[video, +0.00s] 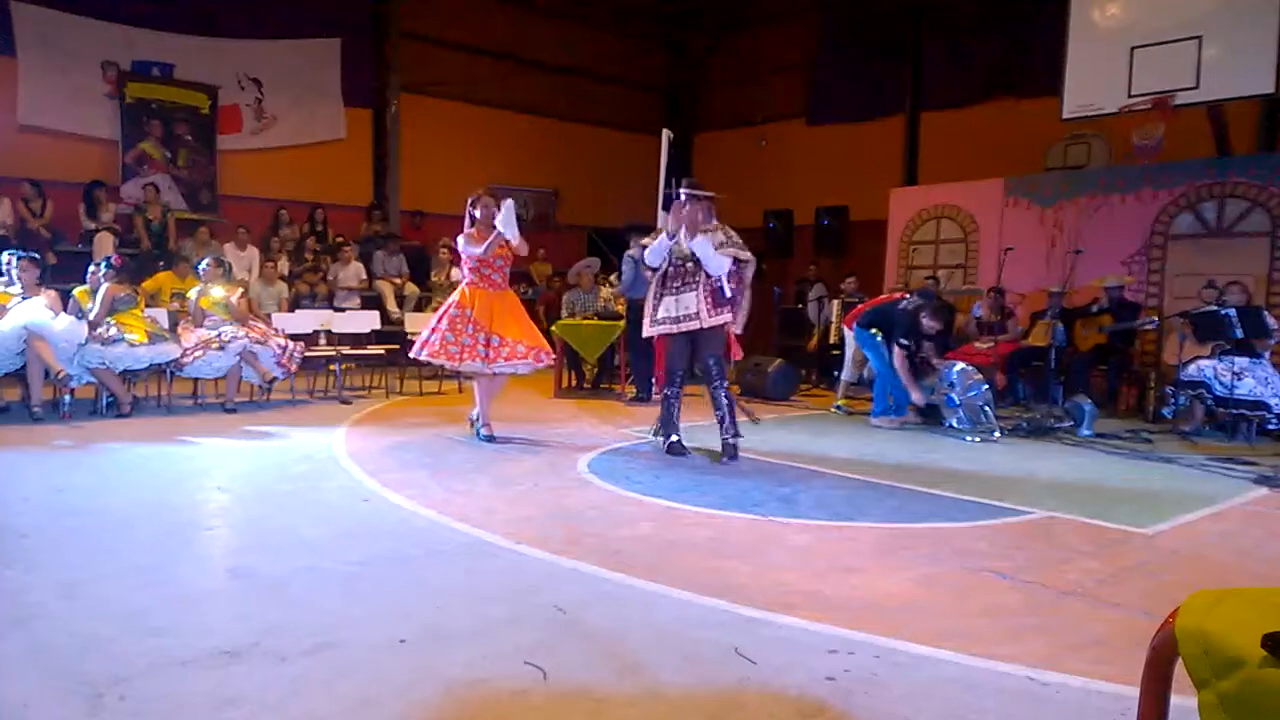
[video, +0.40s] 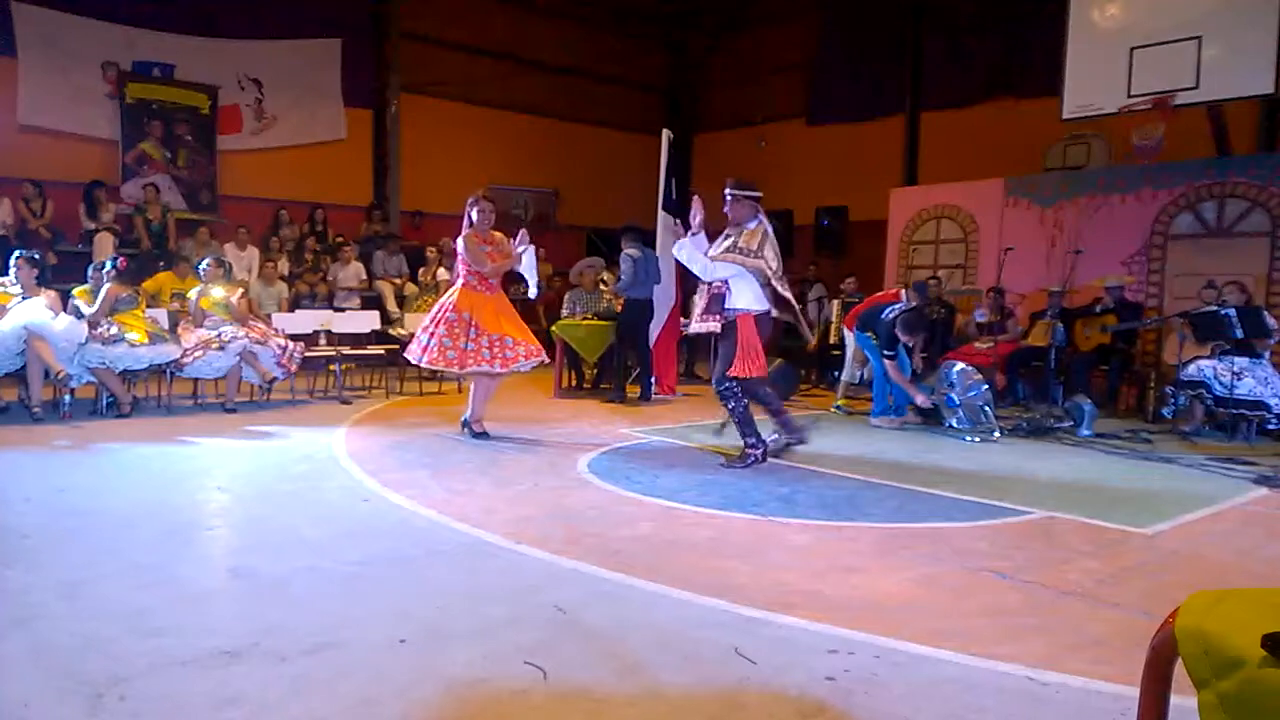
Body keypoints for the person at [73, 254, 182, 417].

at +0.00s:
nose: (102, 275)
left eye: (104, 271)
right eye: (102, 271)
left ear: (112, 272)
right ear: (123, 272)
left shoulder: (109, 288)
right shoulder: (135, 289)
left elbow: (97, 319)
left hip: (126, 336)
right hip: (141, 334)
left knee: (89, 354)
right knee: (89, 352)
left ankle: (124, 397)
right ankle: (124, 396)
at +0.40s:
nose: (105, 274)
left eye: (107, 270)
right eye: (105, 270)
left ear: (113, 272)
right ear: (130, 272)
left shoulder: (112, 288)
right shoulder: (137, 290)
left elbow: (97, 316)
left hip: (126, 337)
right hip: (142, 335)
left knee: (89, 354)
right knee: (90, 351)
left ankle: (124, 398)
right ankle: (125, 396)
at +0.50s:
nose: (105, 273)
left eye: (107, 269)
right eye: (106, 269)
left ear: (112, 272)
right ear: (130, 272)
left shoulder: (112, 288)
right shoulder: (136, 289)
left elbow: (87, 311)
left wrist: (80, 295)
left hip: (126, 337)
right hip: (141, 335)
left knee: (90, 353)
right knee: (90, 350)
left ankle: (124, 397)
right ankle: (124, 395)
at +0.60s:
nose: (104, 274)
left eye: (106, 270)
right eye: (105, 270)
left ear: (111, 272)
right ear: (129, 271)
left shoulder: (113, 287)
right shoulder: (135, 289)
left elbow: (85, 303)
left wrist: (79, 288)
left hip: (125, 335)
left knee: (90, 352)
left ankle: (124, 398)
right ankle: (122, 394)